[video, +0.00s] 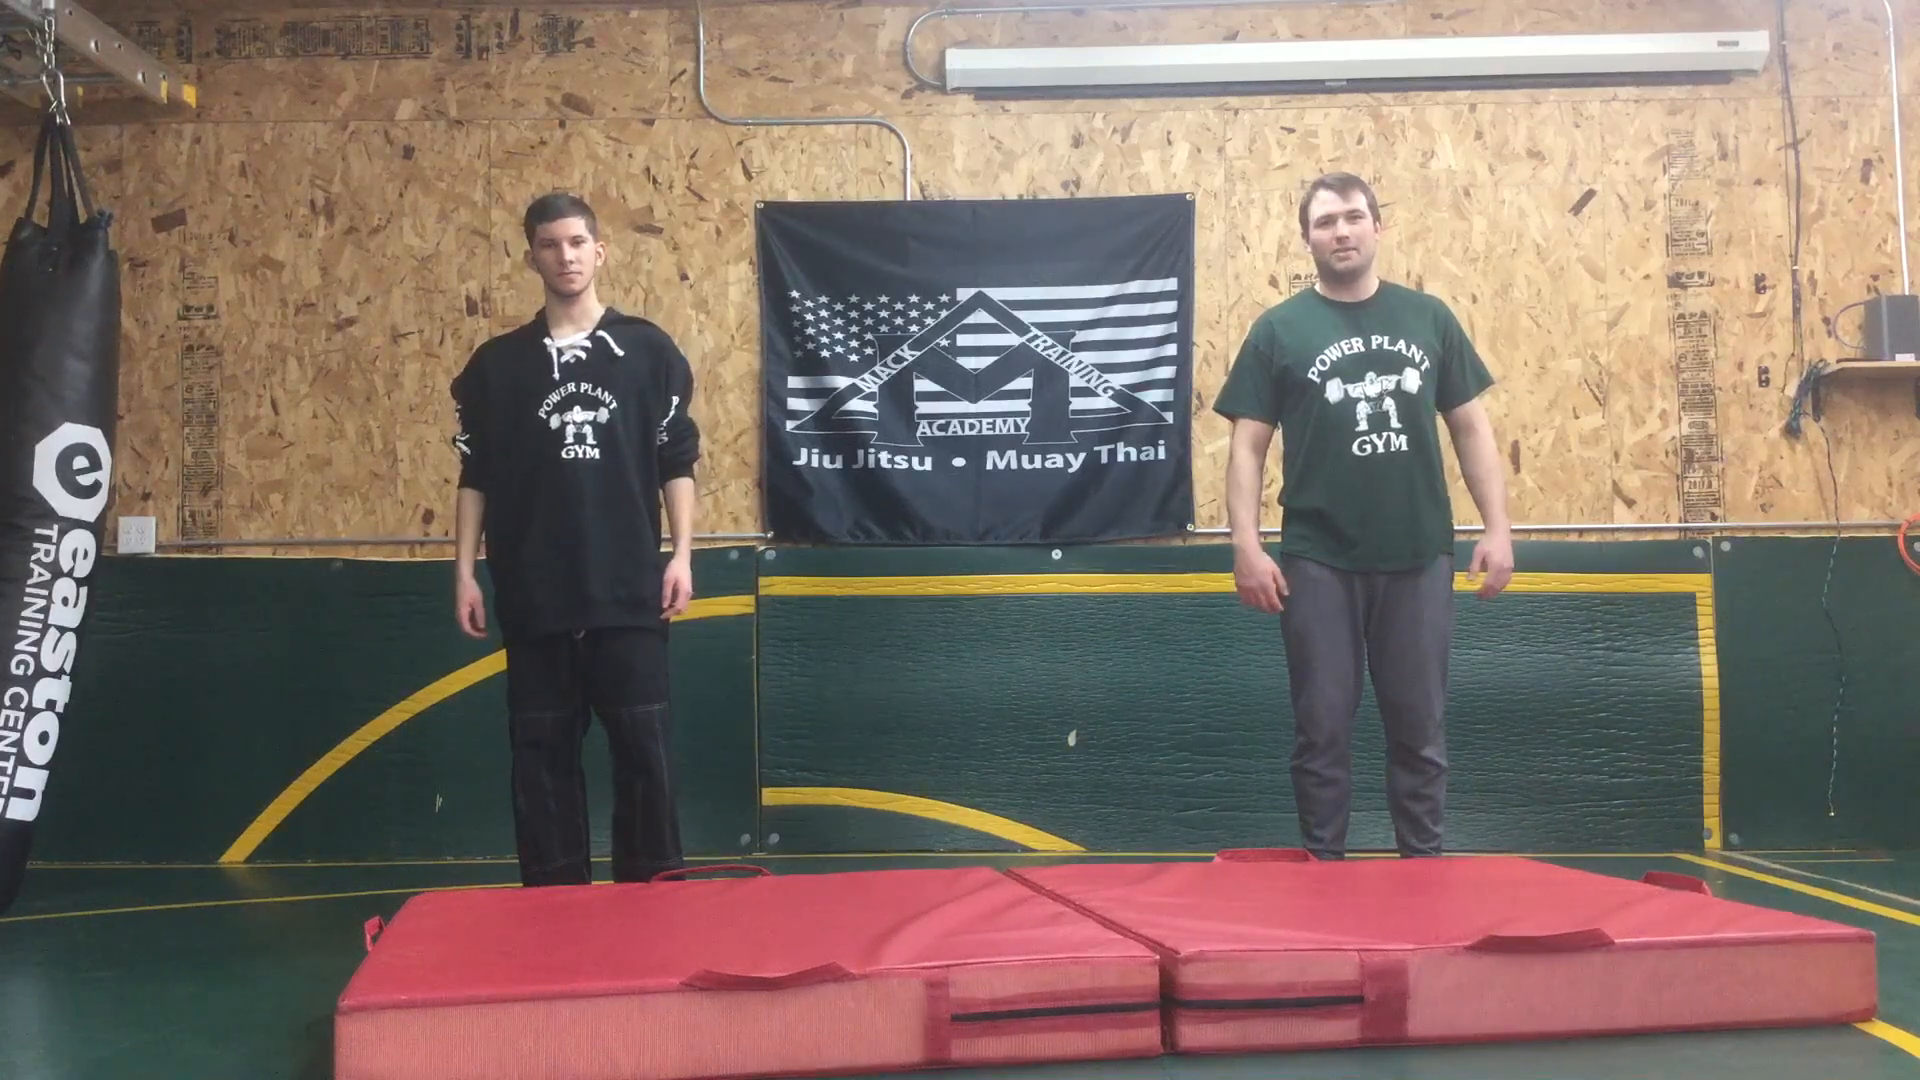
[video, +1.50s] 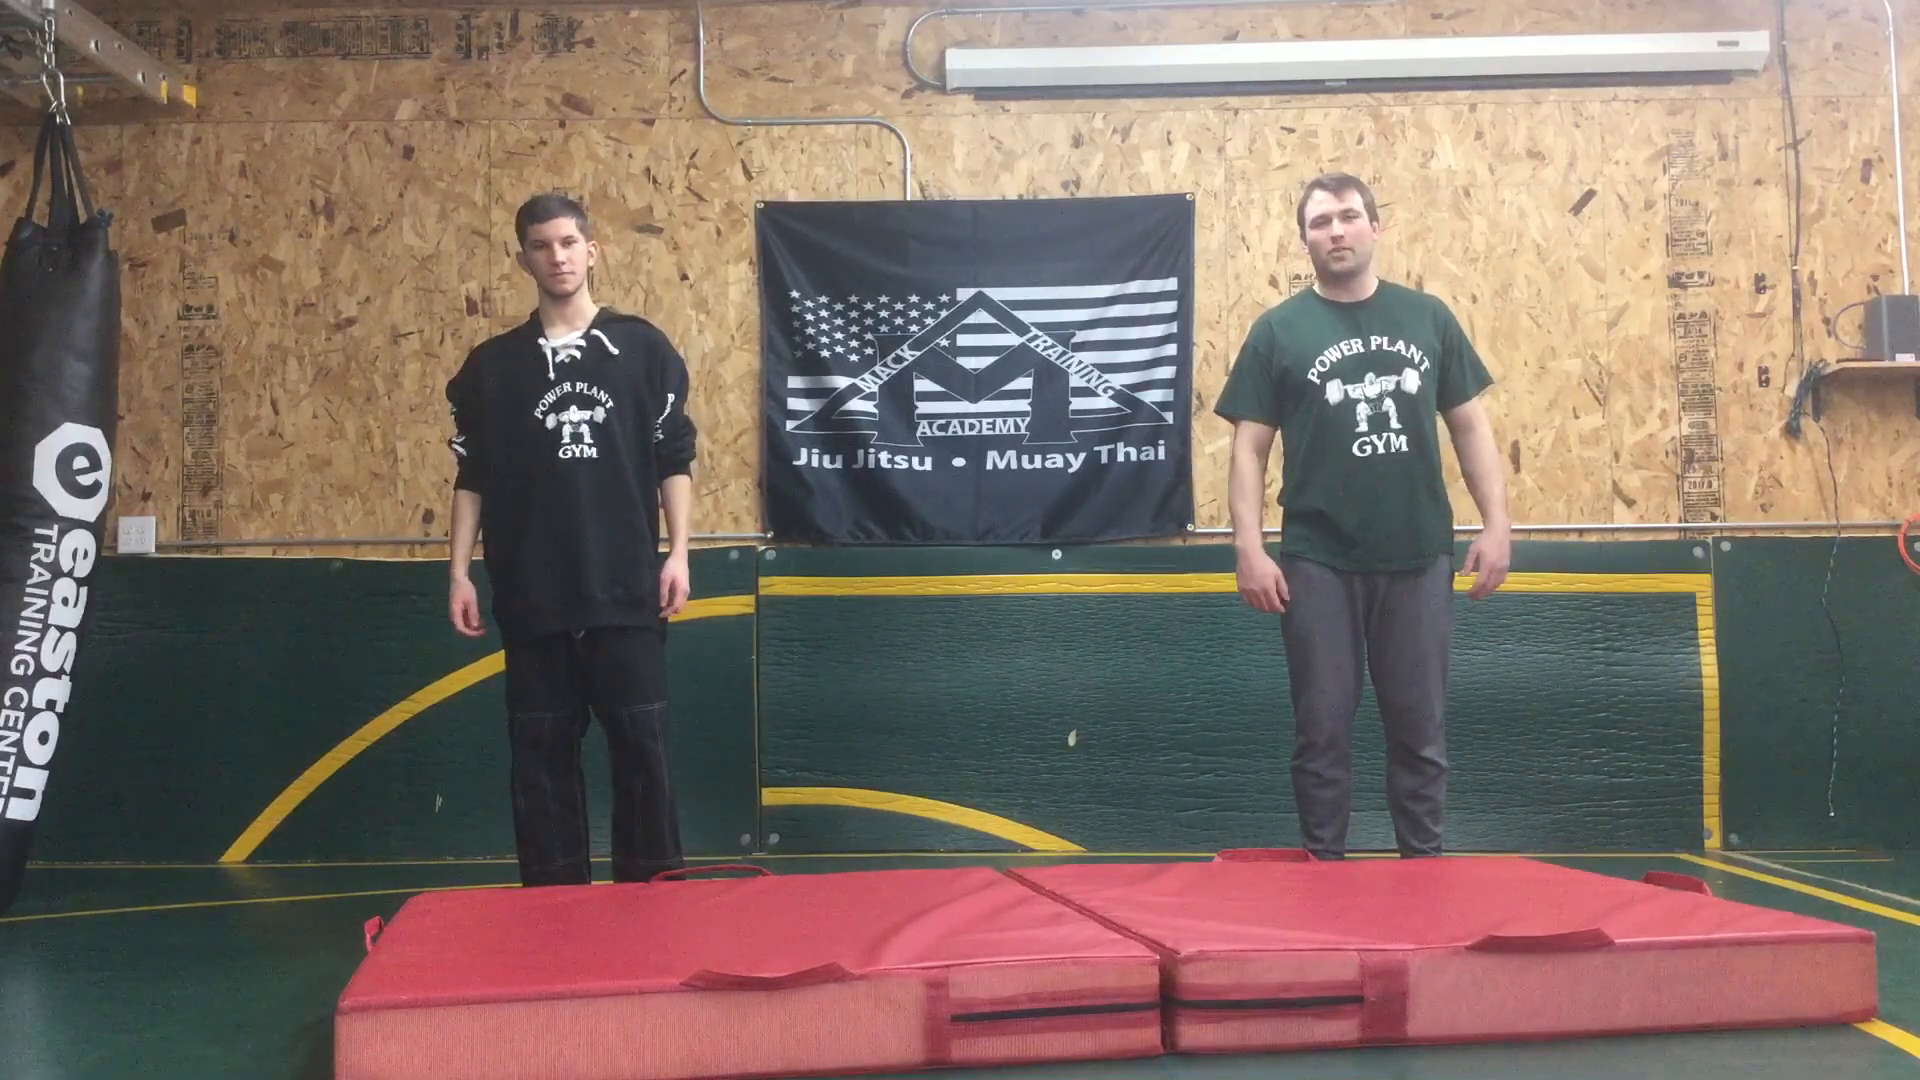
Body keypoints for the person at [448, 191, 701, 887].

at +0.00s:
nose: (566, 256)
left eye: (576, 242)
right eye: (550, 246)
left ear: (598, 250)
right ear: (533, 259)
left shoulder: (648, 349)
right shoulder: (494, 363)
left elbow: (677, 459)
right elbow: (475, 474)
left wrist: (682, 551)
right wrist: (465, 570)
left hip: (628, 584)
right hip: (532, 590)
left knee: (644, 755)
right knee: (543, 762)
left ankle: (653, 904)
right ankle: (554, 910)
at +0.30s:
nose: (561, 257)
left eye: (572, 242)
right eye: (545, 246)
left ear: (594, 250)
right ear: (528, 260)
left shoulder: (644, 348)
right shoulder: (493, 364)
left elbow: (675, 457)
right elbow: (472, 476)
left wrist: (681, 552)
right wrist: (463, 572)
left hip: (626, 584)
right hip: (530, 590)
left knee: (643, 753)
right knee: (542, 761)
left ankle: (653, 902)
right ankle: (554, 908)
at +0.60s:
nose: (559, 257)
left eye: (570, 242)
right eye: (543, 247)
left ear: (592, 250)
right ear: (526, 260)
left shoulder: (643, 349)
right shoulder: (489, 365)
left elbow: (673, 459)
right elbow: (469, 474)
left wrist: (679, 552)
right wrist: (456, 567)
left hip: (625, 584)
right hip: (530, 591)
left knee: (642, 753)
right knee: (541, 761)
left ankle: (651, 904)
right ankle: (553, 911)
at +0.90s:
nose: (557, 257)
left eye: (568, 242)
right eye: (542, 246)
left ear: (591, 250)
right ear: (525, 259)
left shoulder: (642, 348)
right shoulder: (489, 364)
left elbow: (674, 459)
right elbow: (469, 476)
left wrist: (679, 551)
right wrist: (461, 572)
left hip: (625, 585)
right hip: (529, 592)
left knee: (643, 755)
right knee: (542, 763)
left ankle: (652, 905)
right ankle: (553, 912)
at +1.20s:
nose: (557, 257)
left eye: (568, 242)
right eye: (541, 246)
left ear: (591, 250)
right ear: (524, 260)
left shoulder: (642, 346)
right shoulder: (489, 365)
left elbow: (674, 457)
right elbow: (470, 476)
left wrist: (678, 552)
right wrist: (459, 572)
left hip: (625, 584)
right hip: (530, 591)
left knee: (643, 755)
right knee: (542, 763)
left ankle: (652, 906)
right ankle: (553, 913)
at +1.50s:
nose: (557, 257)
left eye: (568, 242)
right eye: (542, 247)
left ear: (591, 250)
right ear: (525, 260)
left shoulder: (642, 347)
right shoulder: (489, 364)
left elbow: (674, 457)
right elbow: (471, 476)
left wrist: (678, 552)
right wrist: (460, 569)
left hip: (625, 582)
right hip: (530, 589)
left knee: (642, 750)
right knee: (542, 759)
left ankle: (652, 901)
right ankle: (553, 908)